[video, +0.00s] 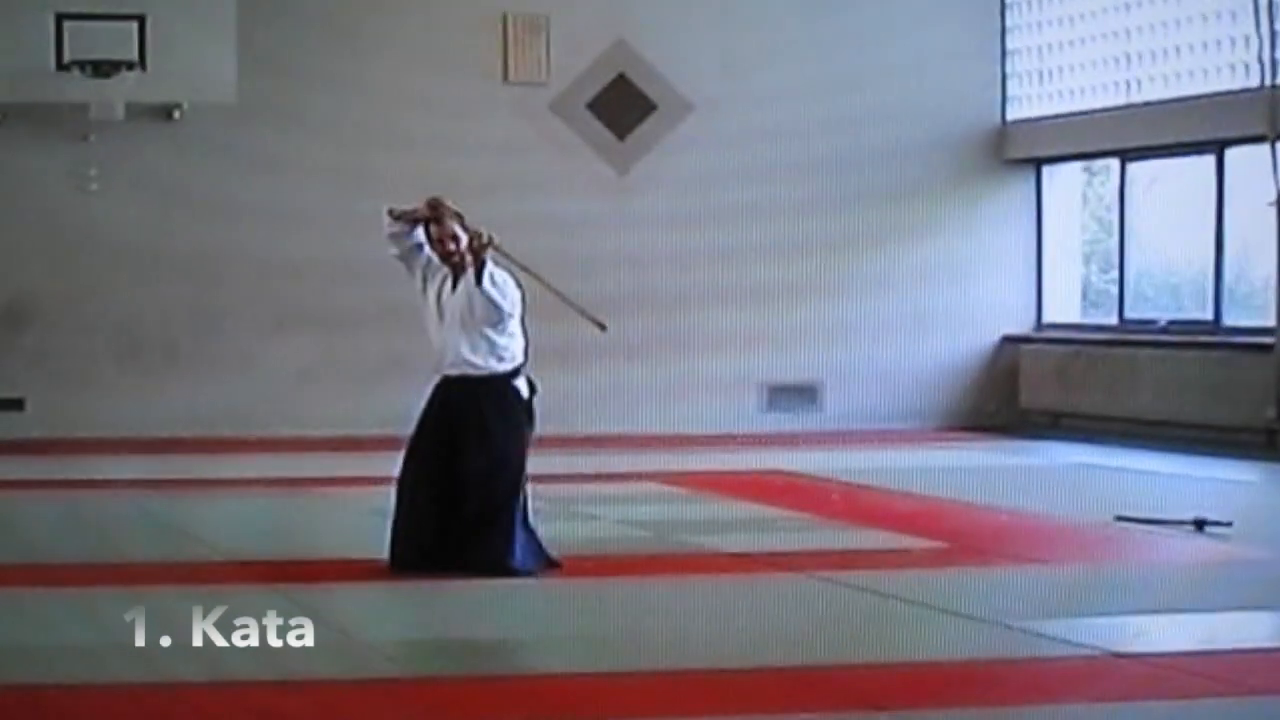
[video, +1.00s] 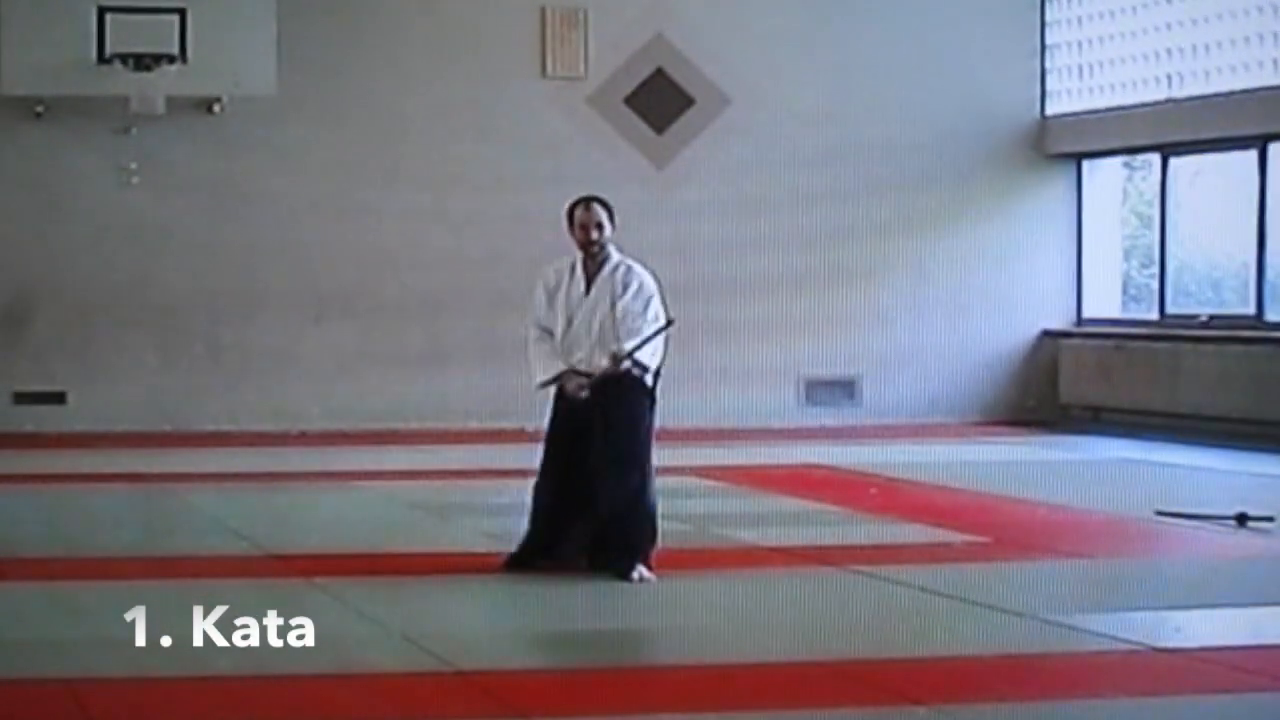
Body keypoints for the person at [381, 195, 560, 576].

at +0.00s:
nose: (447, 248)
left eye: (453, 238)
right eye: (439, 242)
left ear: (466, 237)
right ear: (431, 246)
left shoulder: (495, 278)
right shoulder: (434, 277)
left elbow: (501, 310)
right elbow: (404, 244)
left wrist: (480, 267)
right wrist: (413, 220)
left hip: (497, 387)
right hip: (452, 384)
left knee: (491, 475)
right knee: (424, 470)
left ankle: (494, 556)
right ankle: (424, 554)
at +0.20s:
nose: (453, 247)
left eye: (459, 238)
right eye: (445, 241)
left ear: (473, 239)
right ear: (437, 249)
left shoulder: (504, 278)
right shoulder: (438, 277)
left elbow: (506, 314)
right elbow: (408, 251)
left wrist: (488, 270)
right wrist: (397, 217)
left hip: (512, 389)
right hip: (466, 389)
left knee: (502, 482)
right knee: (435, 478)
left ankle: (505, 558)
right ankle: (430, 560)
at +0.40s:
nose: (474, 243)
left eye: (479, 233)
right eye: (464, 238)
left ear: (494, 234)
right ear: (456, 246)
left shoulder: (523, 279)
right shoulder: (453, 287)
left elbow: (537, 339)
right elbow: (411, 281)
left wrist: (510, 297)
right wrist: (375, 255)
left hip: (531, 388)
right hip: (482, 387)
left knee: (538, 470)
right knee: (451, 466)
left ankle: (545, 551)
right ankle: (442, 551)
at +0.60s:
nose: (509, 245)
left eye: (515, 236)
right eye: (499, 239)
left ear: (528, 238)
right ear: (490, 246)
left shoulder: (556, 289)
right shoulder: (481, 290)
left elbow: (572, 351)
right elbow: (457, 335)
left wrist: (545, 338)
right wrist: (410, 330)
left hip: (553, 395)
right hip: (503, 393)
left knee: (574, 476)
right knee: (471, 470)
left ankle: (602, 551)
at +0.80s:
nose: (555, 246)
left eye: (561, 238)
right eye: (546, 239)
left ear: (574, 241)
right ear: (536, 245)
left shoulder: (600, 288)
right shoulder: (530, 288)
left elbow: (617, 353)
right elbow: (520, 349)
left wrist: (585, 369)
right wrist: (493, 383)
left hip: (600, 399)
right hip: (547, 395)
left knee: (610, 479)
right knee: (509, 472)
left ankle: (617, 557)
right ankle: (478, 559)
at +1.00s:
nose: (592, 235)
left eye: (599, 227)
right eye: (584, 228)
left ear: (611, 230)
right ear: (572, 233)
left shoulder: (633, 279)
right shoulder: (555, 279)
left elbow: (647, 338)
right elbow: (538, 335)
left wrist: (616, 368)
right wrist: (561, 373)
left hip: (621, 385)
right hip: (573, 384)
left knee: (623, 471)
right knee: (558, 468)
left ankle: (626, 557)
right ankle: (541, 551)